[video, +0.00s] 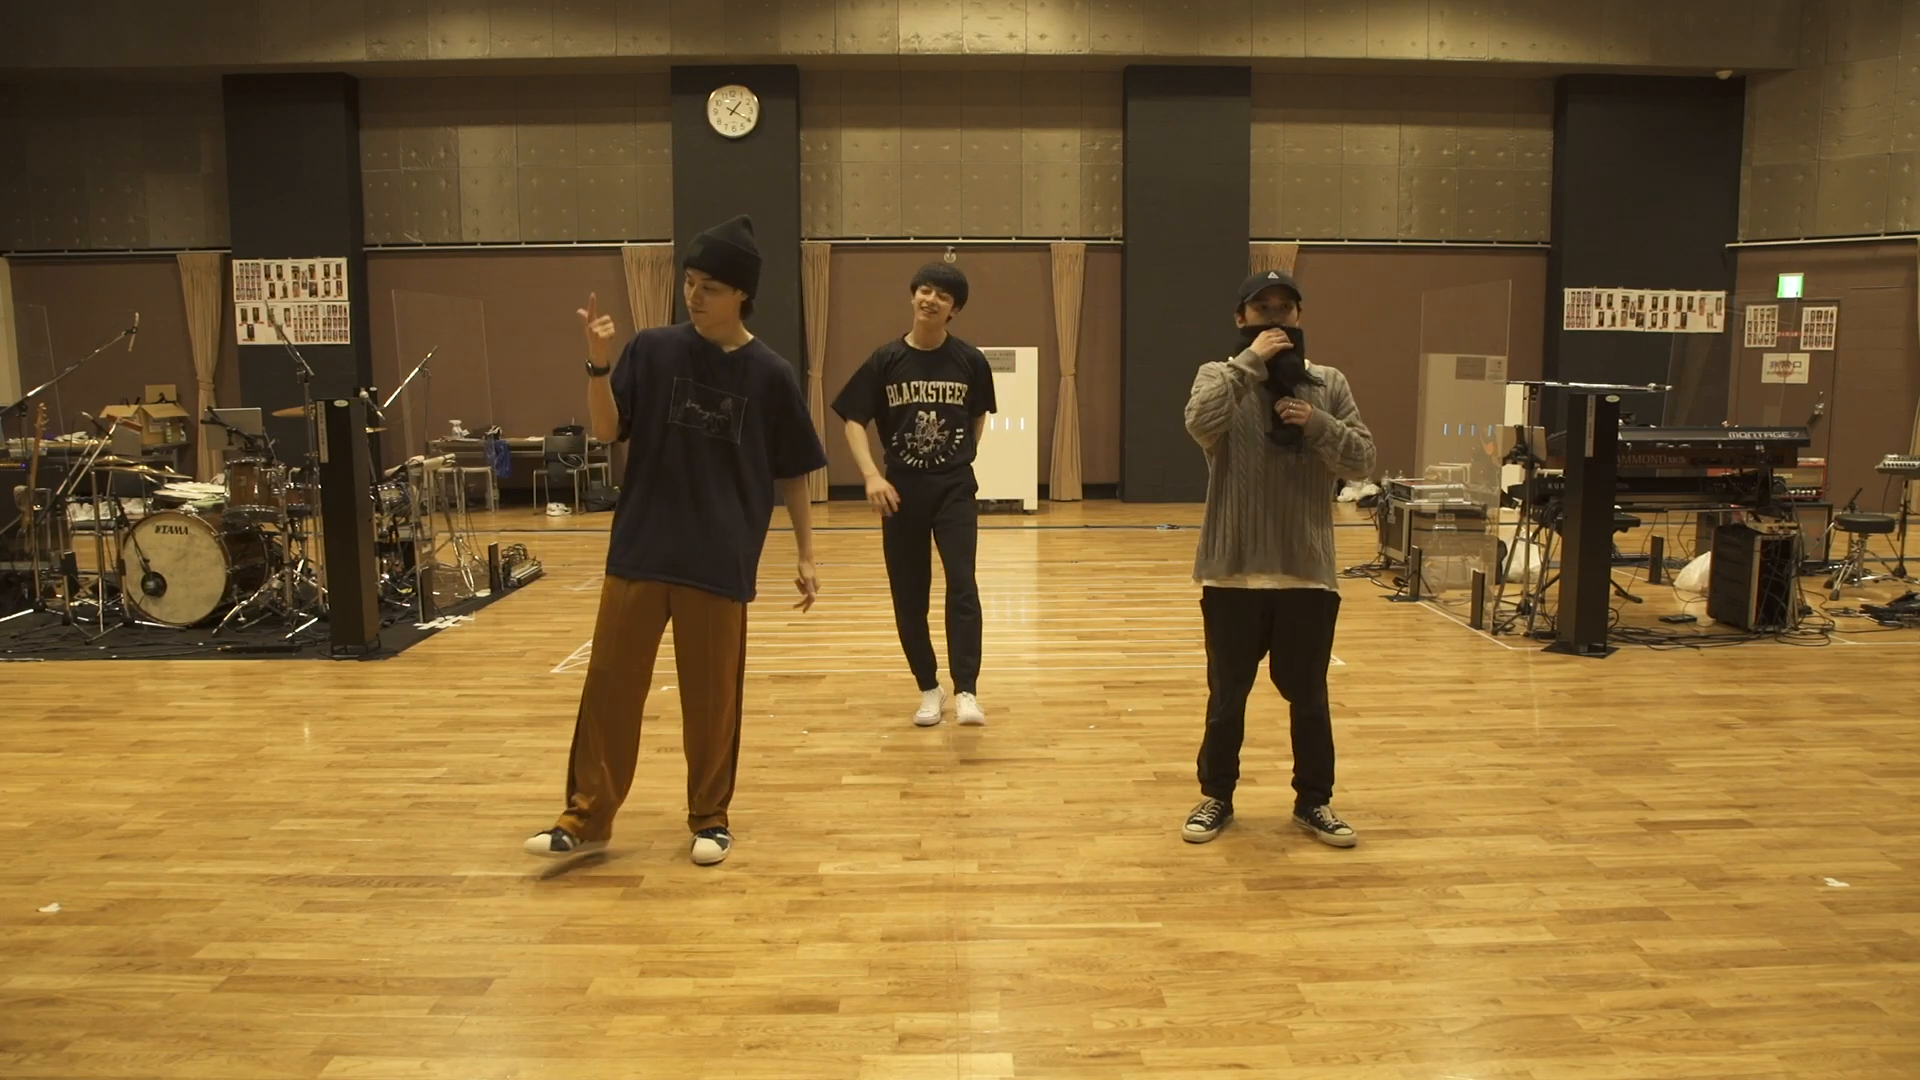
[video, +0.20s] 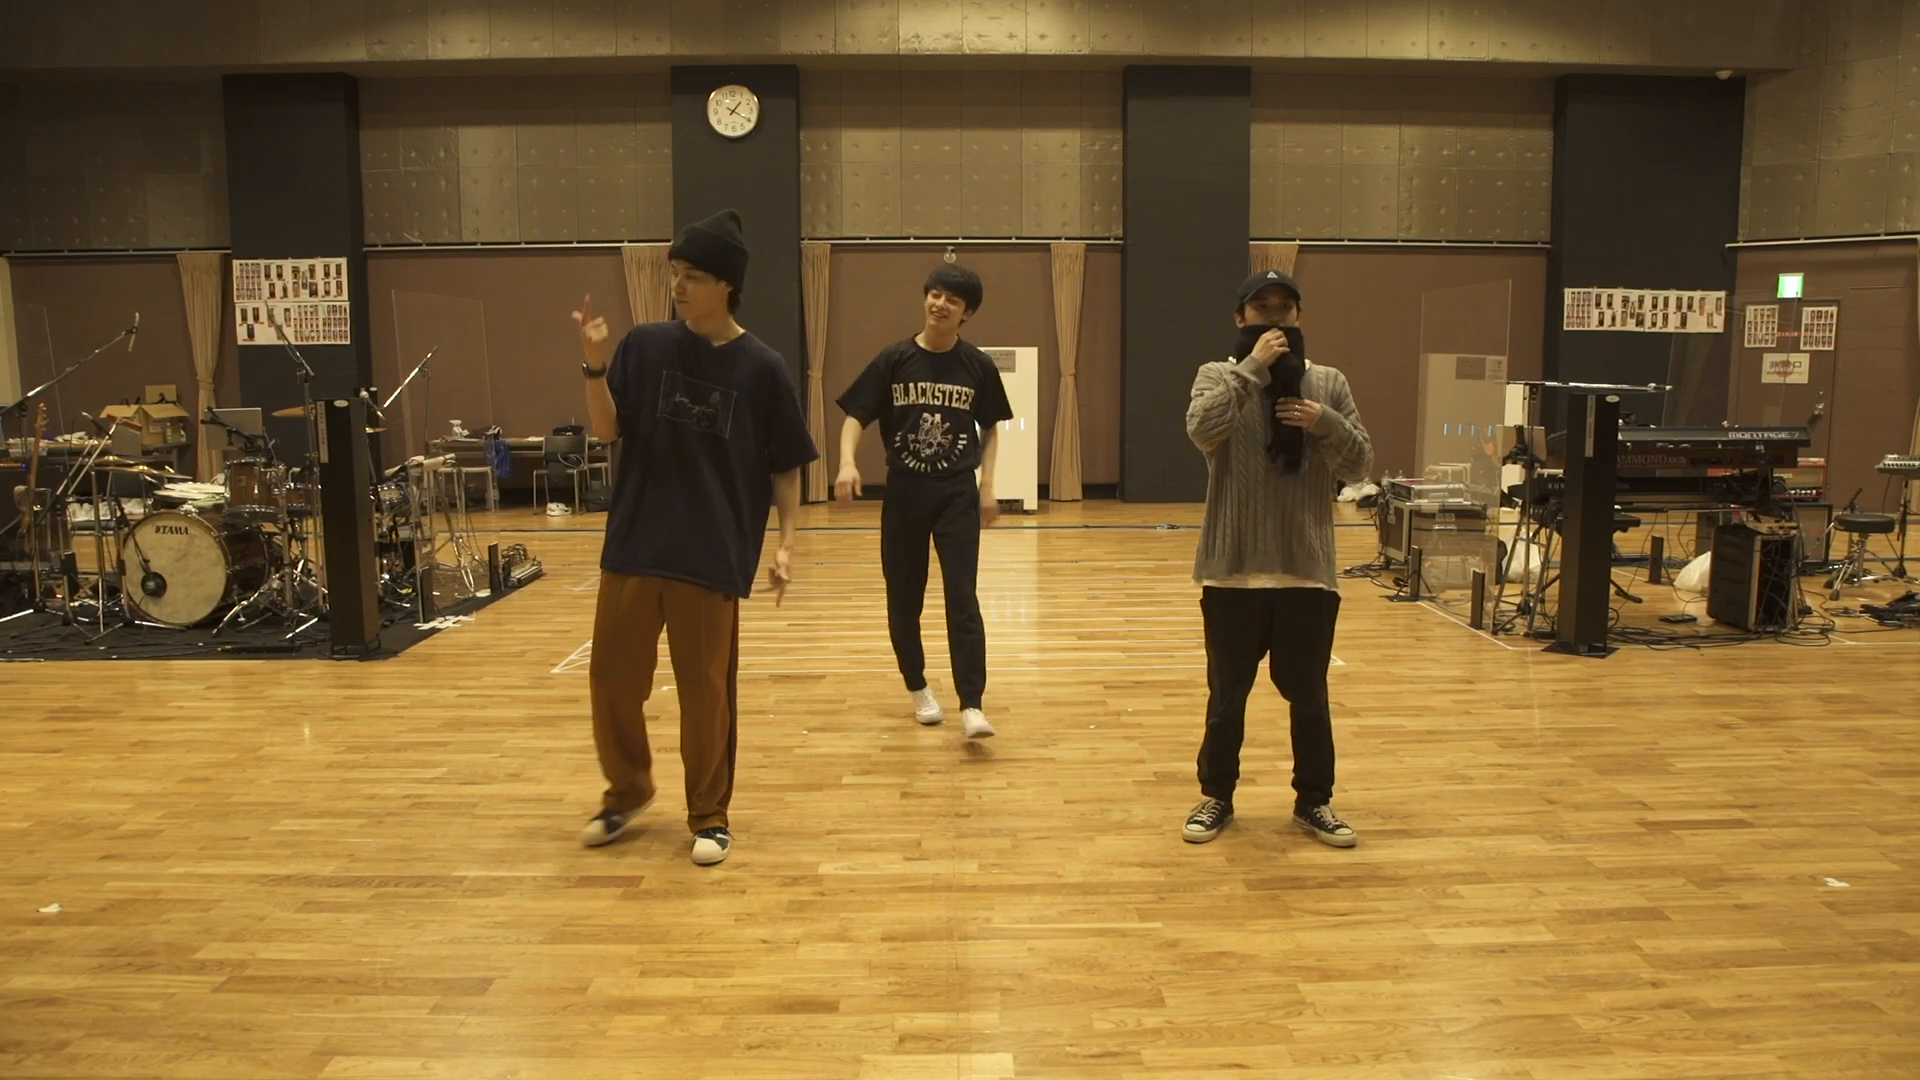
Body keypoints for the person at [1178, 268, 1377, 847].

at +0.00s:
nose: (1277, 319)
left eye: (1286, 308)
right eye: (1264, 309)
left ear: (1300, 317)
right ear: (1243, 318)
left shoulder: (1328, 383)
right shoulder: (1221, 377)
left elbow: (1363, 462)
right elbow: (1200, 422)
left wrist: (1316, 423)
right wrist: (1250, 360)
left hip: (1307, 571)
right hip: (1232, 570)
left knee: (1309, 696)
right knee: (1226, 696)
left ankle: (1314, 803)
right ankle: (1215, 799)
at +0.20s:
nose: (1273, 317)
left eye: (1283, 307)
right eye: (1262, 307)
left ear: (1299, 317)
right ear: (1242, 316)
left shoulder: (1328, 382)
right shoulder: (1219, 376)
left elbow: (1359, 464)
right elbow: (1202, 431)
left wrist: (1326, 423)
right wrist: (1252, 368)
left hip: (1307, 570)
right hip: (1232, 568)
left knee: (1309, 694)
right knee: (1226, 694)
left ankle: (1314, 803)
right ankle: (1215, 800)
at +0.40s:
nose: (1279, 319)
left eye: (1289, 309)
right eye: (1267, 309)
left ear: (1303, 317)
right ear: (1244, 316)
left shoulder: (1329, 384)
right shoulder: (1219, 379)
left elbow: (1359, 465)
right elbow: (1197, 441)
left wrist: (1320, 421)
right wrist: (1257, 385)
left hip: (1308, 570)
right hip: (1233, 568)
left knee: (1310, 696)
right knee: (1226, 696)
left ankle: (1314, 803)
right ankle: (1215, 800)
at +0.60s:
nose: (1280, 320)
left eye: (1290, 310)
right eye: (1268, 310)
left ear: (1304, 318)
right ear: (1246, 317)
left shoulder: (1328, 386)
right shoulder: (1219, 386)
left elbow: (1369, 462)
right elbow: (1178, 417)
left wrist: (1329, 420)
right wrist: (1233, 358)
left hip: (1308, 573)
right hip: (1233, 572)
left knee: (1310, 697)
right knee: (1226, 696)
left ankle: (1313, 804)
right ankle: (1216, 800)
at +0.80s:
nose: (1283, 320)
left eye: (1292, 310)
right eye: (1272, 310)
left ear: (1306, 318)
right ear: (1247, 317)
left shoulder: (1330, 389)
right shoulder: (1218, 386)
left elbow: (1370, 463)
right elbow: (1169, 407)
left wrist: (1338, 422)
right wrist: (1219, 345)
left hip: (1307, 575)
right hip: (1231, 572)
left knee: (1310, 696)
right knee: (1225, 695)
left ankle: (1314, 804)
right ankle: (1216, 801)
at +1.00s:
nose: (1280, 322)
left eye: (1290, 313)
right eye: (1269, 312)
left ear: (1304, 322)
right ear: (1246, 318)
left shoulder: (1329, 393)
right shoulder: (1220, 380)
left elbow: (1343, 481)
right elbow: (1206, 442)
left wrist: (1290, 443)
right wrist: (1277, 397)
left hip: (1305, 576)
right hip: (1229, 573)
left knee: (1309, 698)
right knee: (1225, 697)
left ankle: (1313, 805)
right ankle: (1215, 801)